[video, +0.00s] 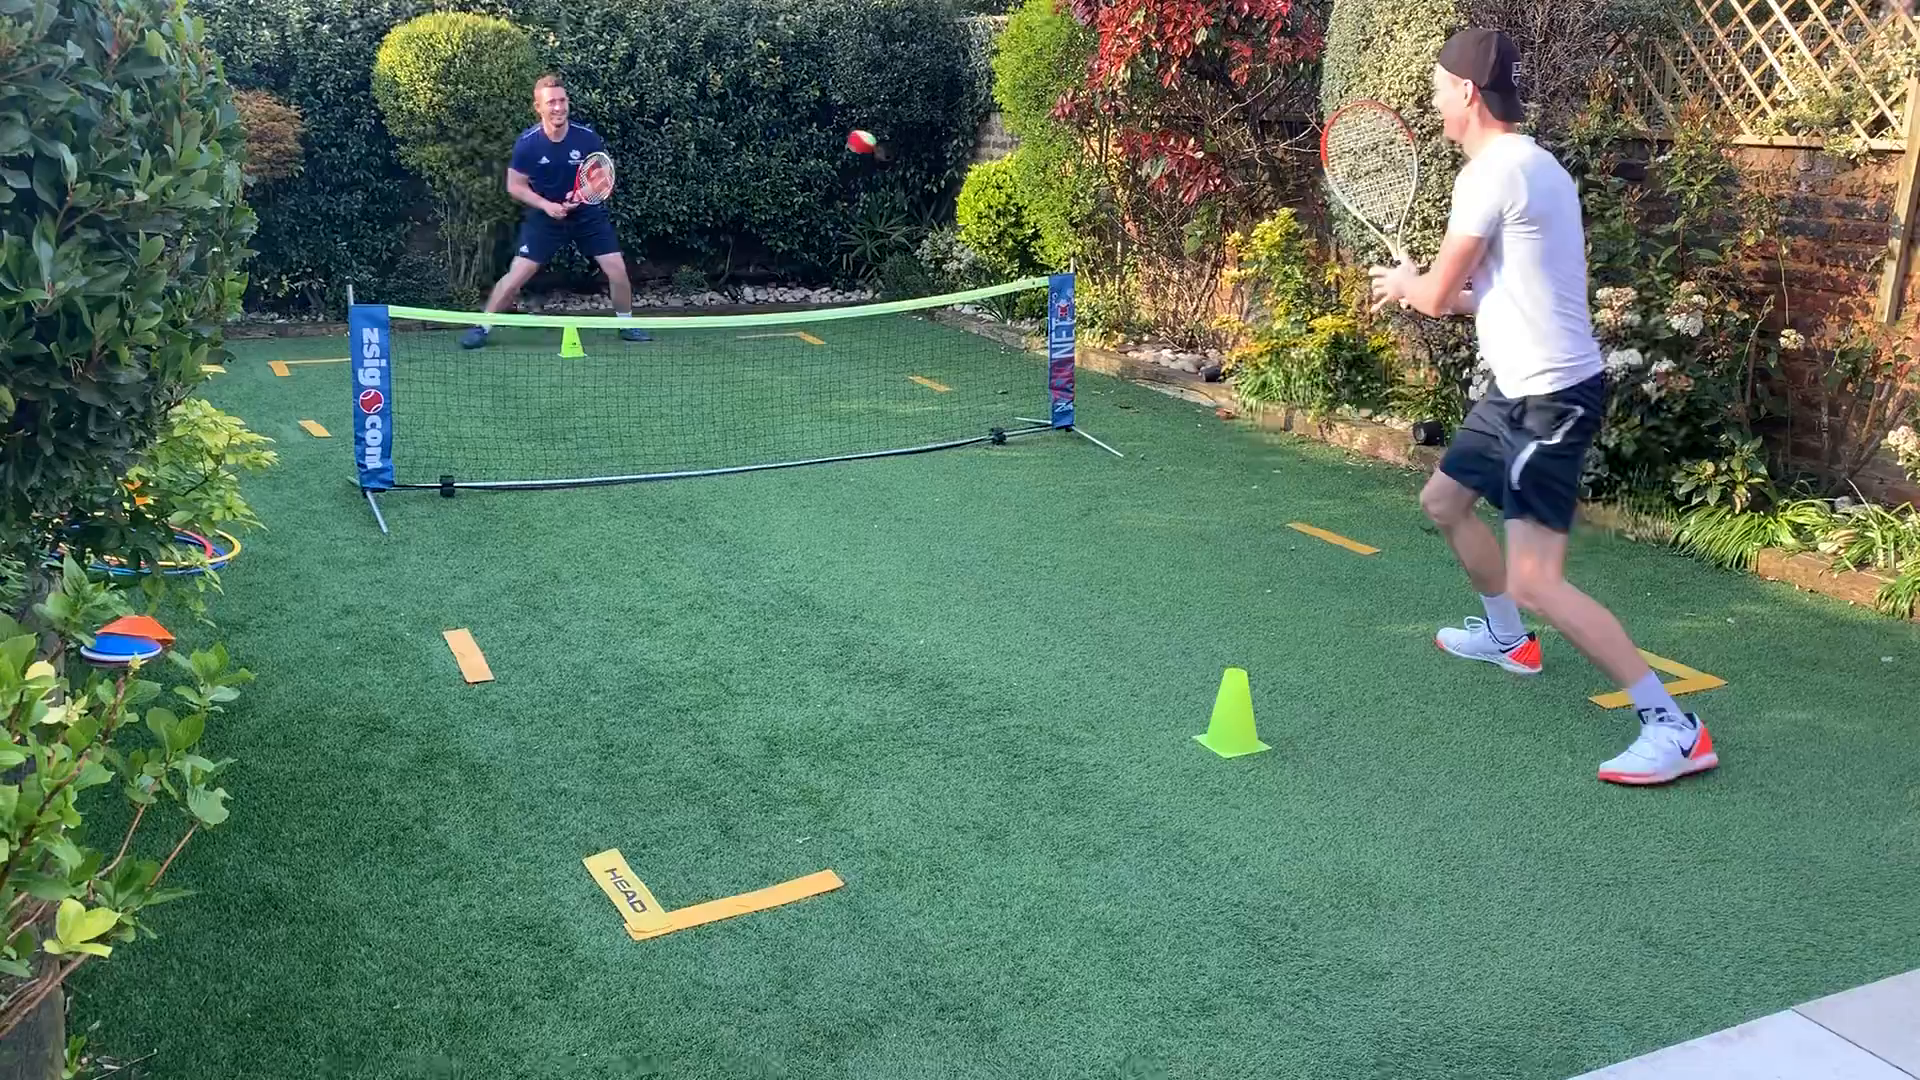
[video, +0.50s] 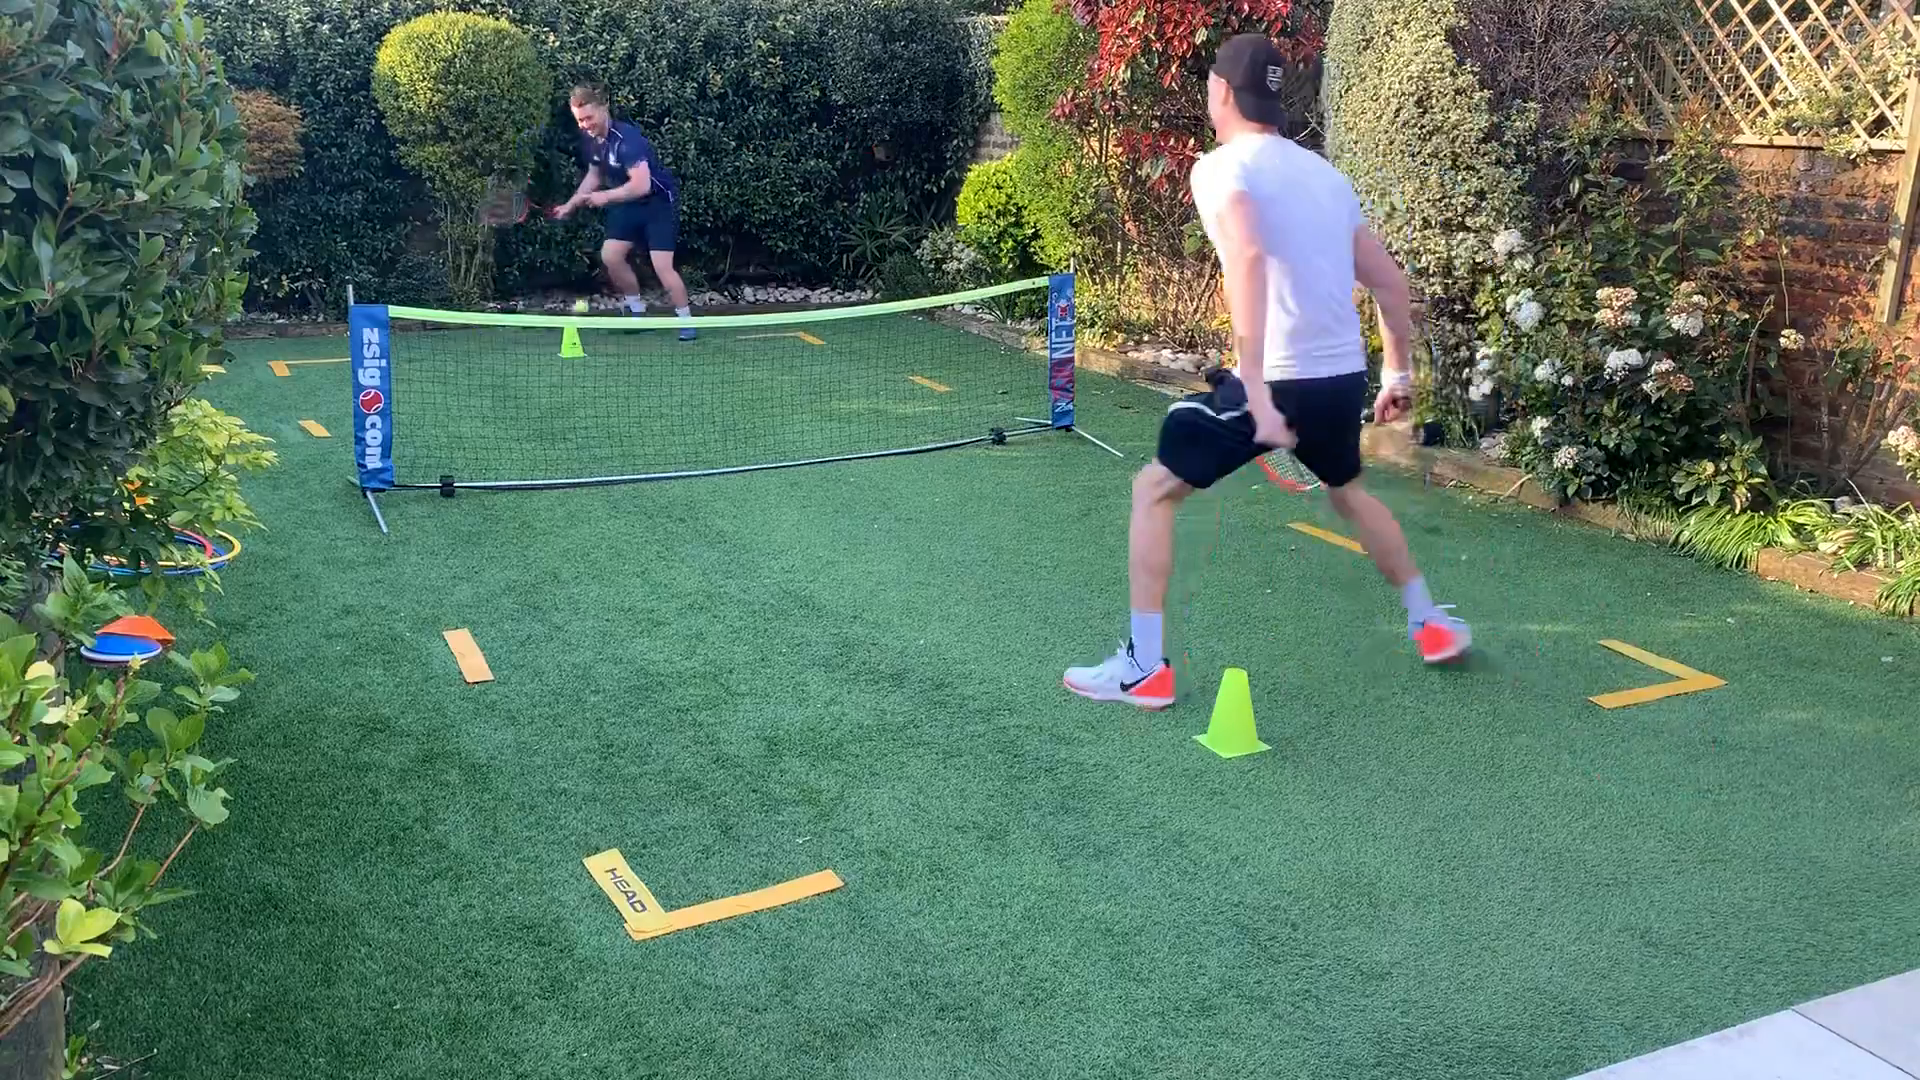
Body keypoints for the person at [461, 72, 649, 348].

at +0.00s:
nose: (558, 107)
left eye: (562, 101)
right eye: (551, 102)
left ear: (568, 103)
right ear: (538, 107)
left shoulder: (588, 139)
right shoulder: (527, 144)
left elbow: (604, 179)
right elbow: (515, 186)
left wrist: (584, 193)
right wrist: (546, 206)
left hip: (589, 216)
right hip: (547, 218)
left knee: (618, 271)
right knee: (517, 275)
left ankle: (626, 324)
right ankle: (483, 326)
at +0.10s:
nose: (571, 97)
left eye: (575, 90)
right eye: (564, 92)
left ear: (582, 93)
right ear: (553, 97)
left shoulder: (605, 129)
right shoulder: (543, 132)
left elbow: (620, 172)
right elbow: (538, 173)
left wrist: (592, 186)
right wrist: (562, 194)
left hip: (606, 201)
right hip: (564, 202)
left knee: (625, 257)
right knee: (553, 258)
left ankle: (630, 323)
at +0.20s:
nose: (581, 92)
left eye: (585, 86)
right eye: (574, 88)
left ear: (595, 86)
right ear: (565, 91)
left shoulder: (615, 120)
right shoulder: (559, 122)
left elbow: (630, 169)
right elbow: (558, 156)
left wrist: (591, 183)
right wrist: (566, 184)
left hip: (620, 191)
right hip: (583, 195)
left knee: (635, 255)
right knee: (588, 259)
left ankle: (649, 307)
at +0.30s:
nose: (590, 104)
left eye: (595, 96)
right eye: (584, 98)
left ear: (606, 95)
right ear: (577, 100)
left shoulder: (624, 128)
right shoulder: (575, 128)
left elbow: (640, 176)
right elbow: (572, 165)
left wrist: (598, 188)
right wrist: (570, 192)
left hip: (636, 199)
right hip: (607, 204)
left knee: (650, 261)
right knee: (618, 265)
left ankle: (680, 315)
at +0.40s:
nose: (591, 118)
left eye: (596, 110)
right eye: (585, 113)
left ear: (610, 105)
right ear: (580, 113)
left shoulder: (632, 140)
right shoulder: (589, 138)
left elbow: (643, 186)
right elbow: (586, 173)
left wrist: (603, 194)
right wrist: (569, 202)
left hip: (653, 204)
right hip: (625, 206)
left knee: (657, 268)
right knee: (616, 265)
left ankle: (685, 320)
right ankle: (660, 310)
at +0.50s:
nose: (585, 125)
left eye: (589, 118)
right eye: (580, 120)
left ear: (605, 109)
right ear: (576, 118)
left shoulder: (628, 138)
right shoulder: (592, 141)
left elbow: (641, 185)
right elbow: (594, 176)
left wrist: (607, 196)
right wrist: (570, 205)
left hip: (658, 201)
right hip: (628, 202)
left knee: (662, 266)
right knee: (611, 256)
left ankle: (686, 320)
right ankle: (637, 311)